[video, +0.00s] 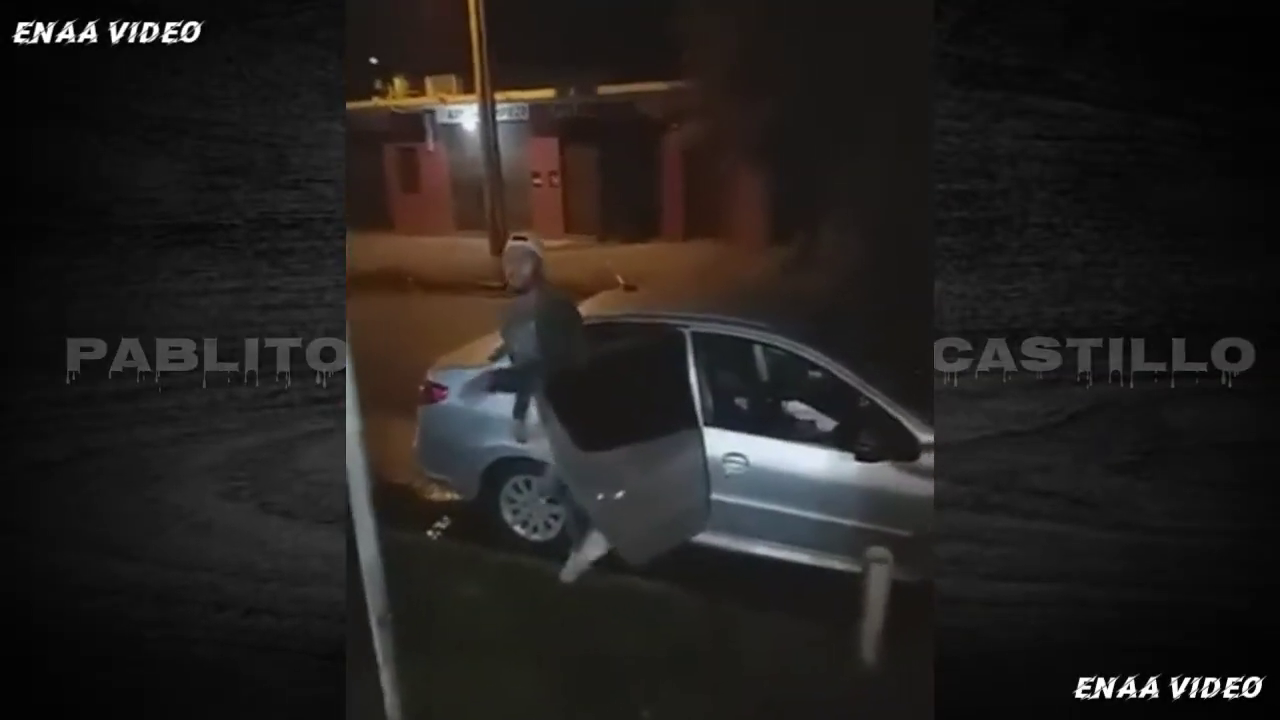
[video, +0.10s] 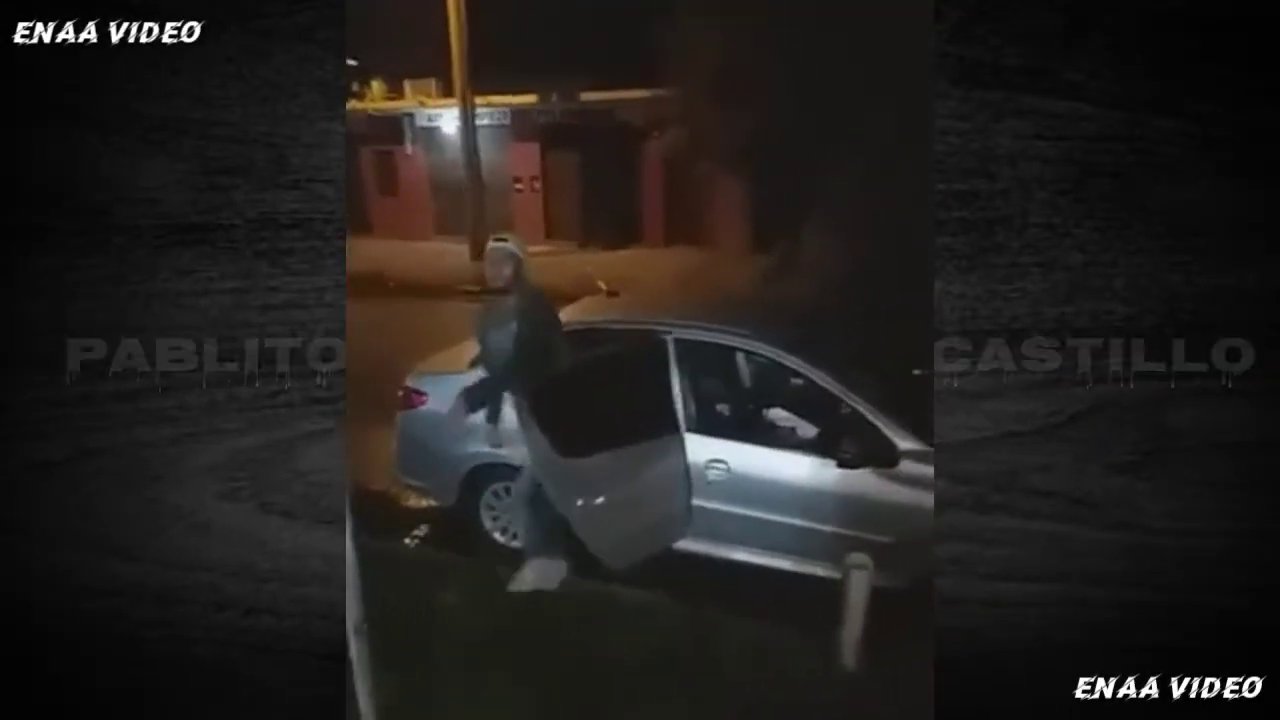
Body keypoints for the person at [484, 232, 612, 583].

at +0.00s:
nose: (510, 271)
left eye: (517, 264)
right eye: (507, 264)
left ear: (534, 265)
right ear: (506, 269)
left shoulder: (554, 308)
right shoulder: (516, 310)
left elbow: (549, 365)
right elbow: (523, 359)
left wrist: (501, 381)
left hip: (570, 400)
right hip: (544, 402)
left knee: (570, 470)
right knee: (563, 470)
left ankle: (588, 536)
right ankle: (582, 538)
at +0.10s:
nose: (493, 270)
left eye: (500, 262)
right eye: (489, 263)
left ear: (516, 266)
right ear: (484, 268)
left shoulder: (532, 306)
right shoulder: (495, 307)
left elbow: (524, 365)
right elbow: (499, 353)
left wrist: (475, 395)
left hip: (557, 403)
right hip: (529, 401)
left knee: (540, 478)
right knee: (543, 474)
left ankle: (545, 557)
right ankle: (548, 555)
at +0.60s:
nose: (479, 283)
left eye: (486, 275)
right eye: (474, 275)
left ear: (501, 280)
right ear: (468, 281)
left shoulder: (523, 321)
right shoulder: (457, 326)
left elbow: (566, 371)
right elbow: (437, 372)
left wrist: (535, 411)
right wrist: (437, 383)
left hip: (523, 429)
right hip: (488, 428)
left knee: (506, 509)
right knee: (512, 501)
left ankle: (510, 581)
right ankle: (545, 557)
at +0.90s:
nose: (502, 279)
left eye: (509, 272)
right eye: (498, 272)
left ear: (525, 276)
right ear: (493, 278)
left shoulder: (548, 321)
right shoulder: (487, 322)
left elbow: (588, 364)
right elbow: (463, 363)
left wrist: (558, 405)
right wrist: (489, 310)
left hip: (535, 435)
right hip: (495, 433)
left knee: (532, 516)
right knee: (494, 511)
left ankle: (537, 583)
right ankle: (487, 561)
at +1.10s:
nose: (505, 289)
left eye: (513, 282)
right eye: (500, 281)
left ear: (524, 287)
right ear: (489, 285)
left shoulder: (542, 327)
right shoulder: (476, 328)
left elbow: (582, 365)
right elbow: (469, 375)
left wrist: (563, 410)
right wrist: (495, 326)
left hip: (529, 436)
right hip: (484, 437)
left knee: (532, 519)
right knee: (491, 514)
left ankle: (546, 590)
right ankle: (491, 568)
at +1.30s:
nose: (506, 298)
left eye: (511, 290)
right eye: (499, 290)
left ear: (518, 294)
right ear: (481, 295)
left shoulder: (527, 330)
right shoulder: (463, 331)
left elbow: (562, 362)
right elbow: (457, 386)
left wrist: (552, 409)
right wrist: (449, 432)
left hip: (514, 443)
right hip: (470, 442)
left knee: (520, 522)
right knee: (477, 520)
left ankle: (533, 592)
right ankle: (482, 575)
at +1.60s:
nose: (532, 303)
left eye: (531, 296)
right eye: (525, 296)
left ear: (526, 297)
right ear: (504, 300)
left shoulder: (529, 334)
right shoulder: (476, 330)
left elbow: (552, 369)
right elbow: (487, 384)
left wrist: (552, 408)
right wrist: (528, 340)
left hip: (508, 438)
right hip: (468, 438)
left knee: (517, 516)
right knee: (476, 516)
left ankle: (519, 582)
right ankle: (480, 574)